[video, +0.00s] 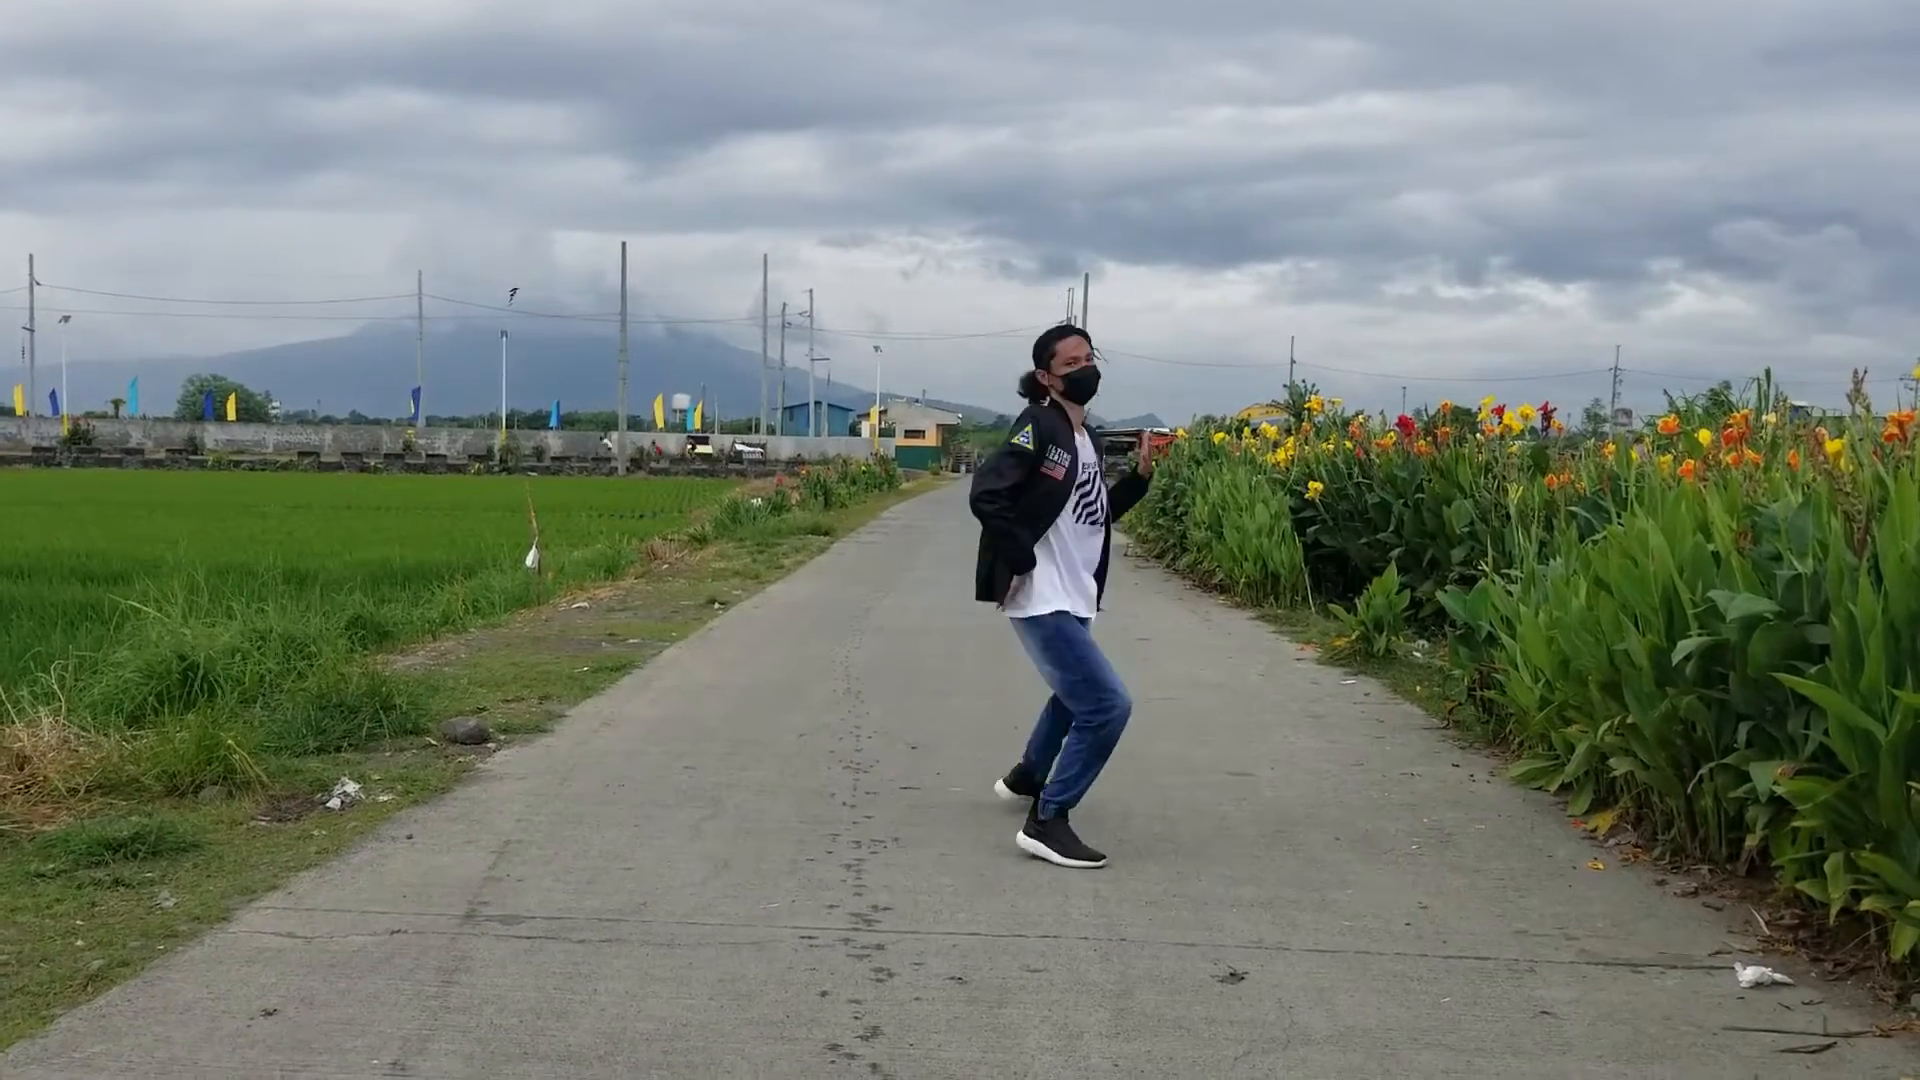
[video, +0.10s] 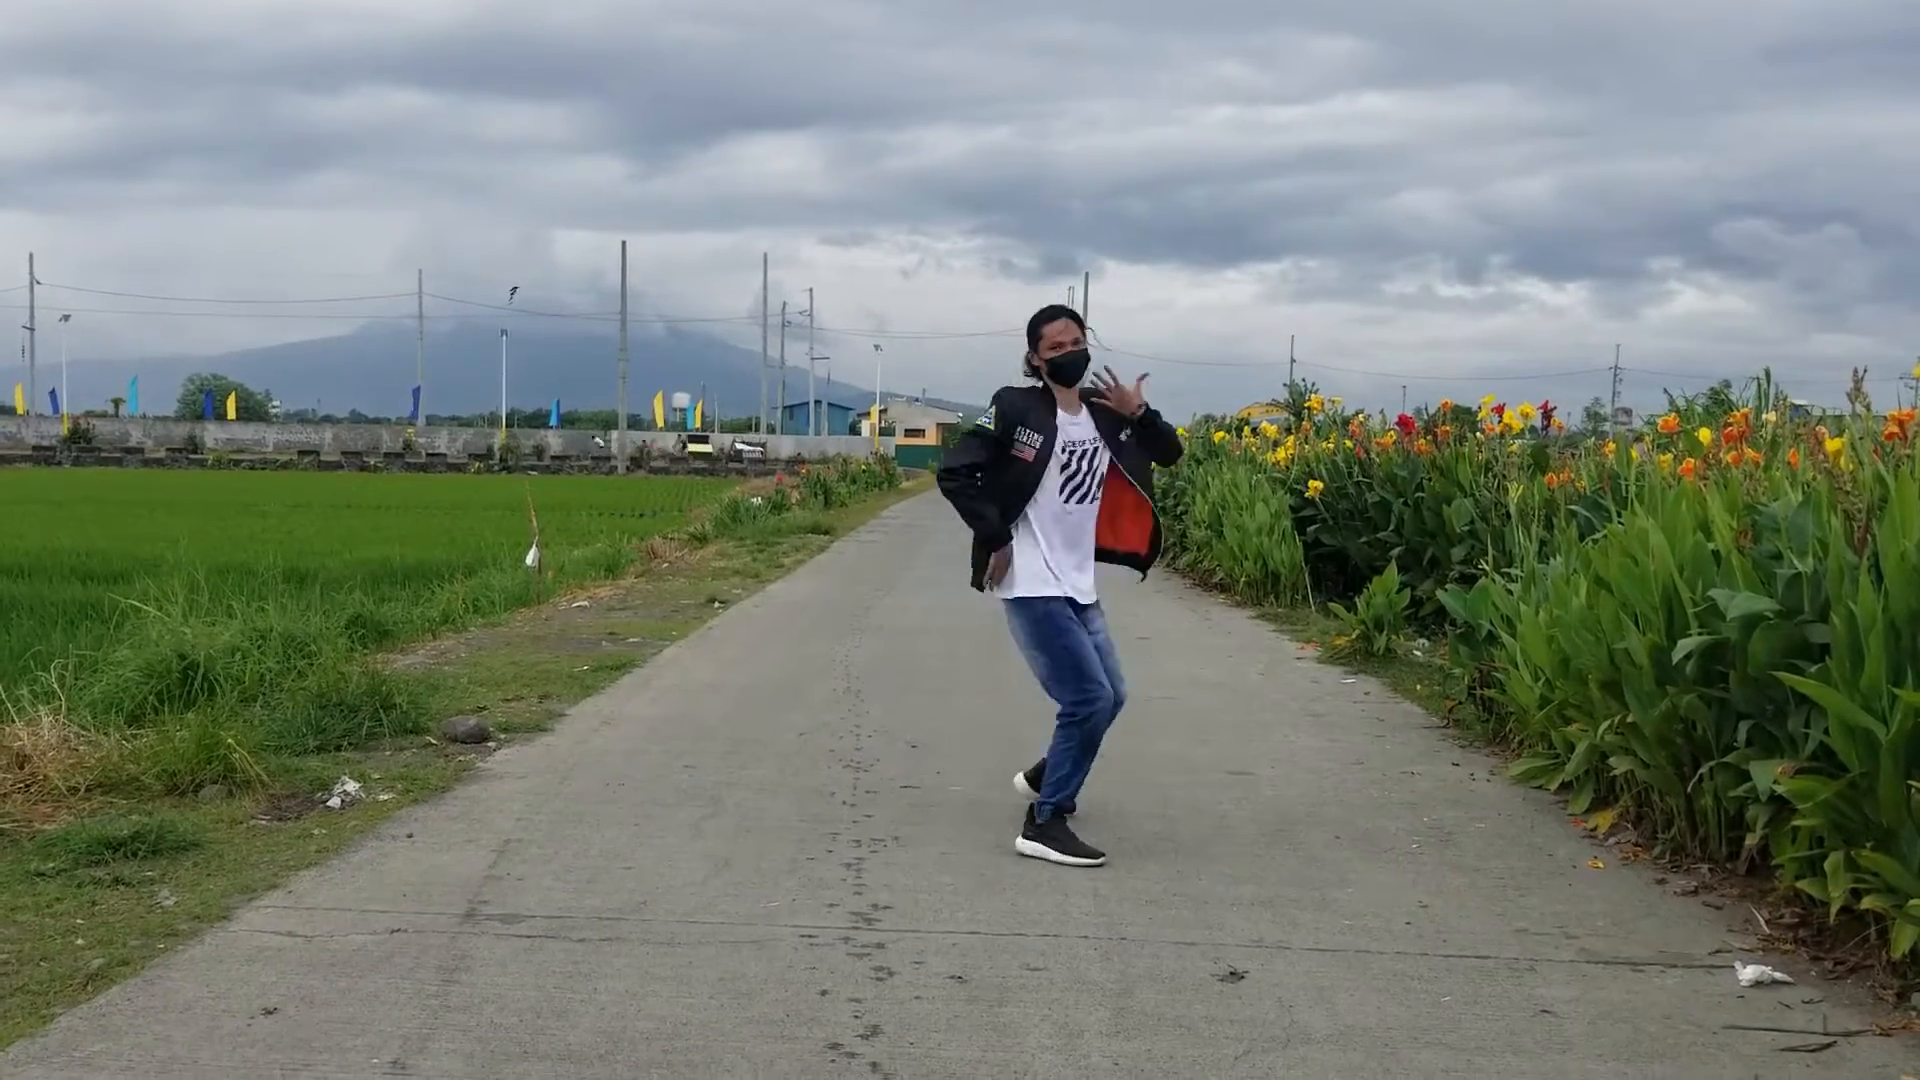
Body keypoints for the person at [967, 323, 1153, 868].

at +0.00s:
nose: (1086, 366)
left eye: (1089, 357)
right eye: (1072, 360)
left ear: (1095, 365)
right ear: (1047, 375)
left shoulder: (1084, 437)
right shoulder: (1037, 427)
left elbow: (1094, 515)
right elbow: (986, 493)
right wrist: (1019, 555)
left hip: (1074, 594)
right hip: (1037, 597)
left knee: (1074, 696)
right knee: (1108, 705)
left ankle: (1028, 777)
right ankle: (1047, 820)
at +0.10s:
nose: (1071, 350)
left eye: (1076, 341)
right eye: (1058, 344)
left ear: (1087, 348)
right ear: (1036, 357)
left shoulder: (1104, 414)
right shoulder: (1017, 406)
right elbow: (957, 472)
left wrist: (1140, 414)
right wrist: (995, 538)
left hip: (1077, 581)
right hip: (1028, 580)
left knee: (1112, 694)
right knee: (1089, 699)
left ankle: (1045, 776)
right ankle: (1045, 823)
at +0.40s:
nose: (1055, 337)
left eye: (1062, 325)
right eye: (1042, 330)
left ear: (1076, 323)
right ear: (1025, 335)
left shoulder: (1111, 368)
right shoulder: (1001, 379)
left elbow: (1177, 410)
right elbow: (962, 437)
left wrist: (1108, 446)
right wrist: (981, 503)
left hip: (1078, 563)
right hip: (1013, 560)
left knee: (1073, 701)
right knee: (1015, 694)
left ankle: (1086, 812)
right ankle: (1027, 817)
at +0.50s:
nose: (1039, 347)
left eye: (1048, 336)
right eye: (1029, 339)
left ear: (1069, 332)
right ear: (1017, 341)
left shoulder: (1097, 392)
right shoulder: (996, 386)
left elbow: (1129, 479)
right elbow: (977, 470)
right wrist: (984, 546)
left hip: (1077, 576)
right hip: (1008, 572)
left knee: (1082, 706)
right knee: (971, 687)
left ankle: (1084, 814)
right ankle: (1002, 810)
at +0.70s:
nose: (991, 338)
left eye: (999, 330)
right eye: (989, 330)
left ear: (1032, 327)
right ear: (1004, 330)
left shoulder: (1058, 406)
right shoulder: (991, 390)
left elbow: (1079, 497)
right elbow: (974, 473)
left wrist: (1069, 584)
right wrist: (947, 540)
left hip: (1021, 577)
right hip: (971, 566)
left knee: (1027, 704)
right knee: (937, 681)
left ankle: (1067, 806)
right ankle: (985, 799)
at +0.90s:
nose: (968, 331)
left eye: (976, 322)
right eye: (966, 322)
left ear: (1006, 324)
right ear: (1002, 325)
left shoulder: (1002, 383)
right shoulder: (1004, 377)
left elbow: (1018, 475)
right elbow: (993, 470)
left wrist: (1022, 569)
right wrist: (952, 444)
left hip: (990, 573)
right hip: (973, 565)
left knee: (950, 688)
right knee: (935, 678)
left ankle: (1013, 800)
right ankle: (983, 797)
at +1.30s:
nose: (957, 321)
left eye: (964, 312)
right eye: (955, 313)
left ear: (997, 309)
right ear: (986, 313)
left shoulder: (1010, 375)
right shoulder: (987, 377)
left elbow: (1004, 473)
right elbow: (949, 462)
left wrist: (943, 521)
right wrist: (958, 407)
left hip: (1004, 562)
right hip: (978, 560)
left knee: (986, 691)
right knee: (955, 686)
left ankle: (1012, 824)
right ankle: (986, 803)